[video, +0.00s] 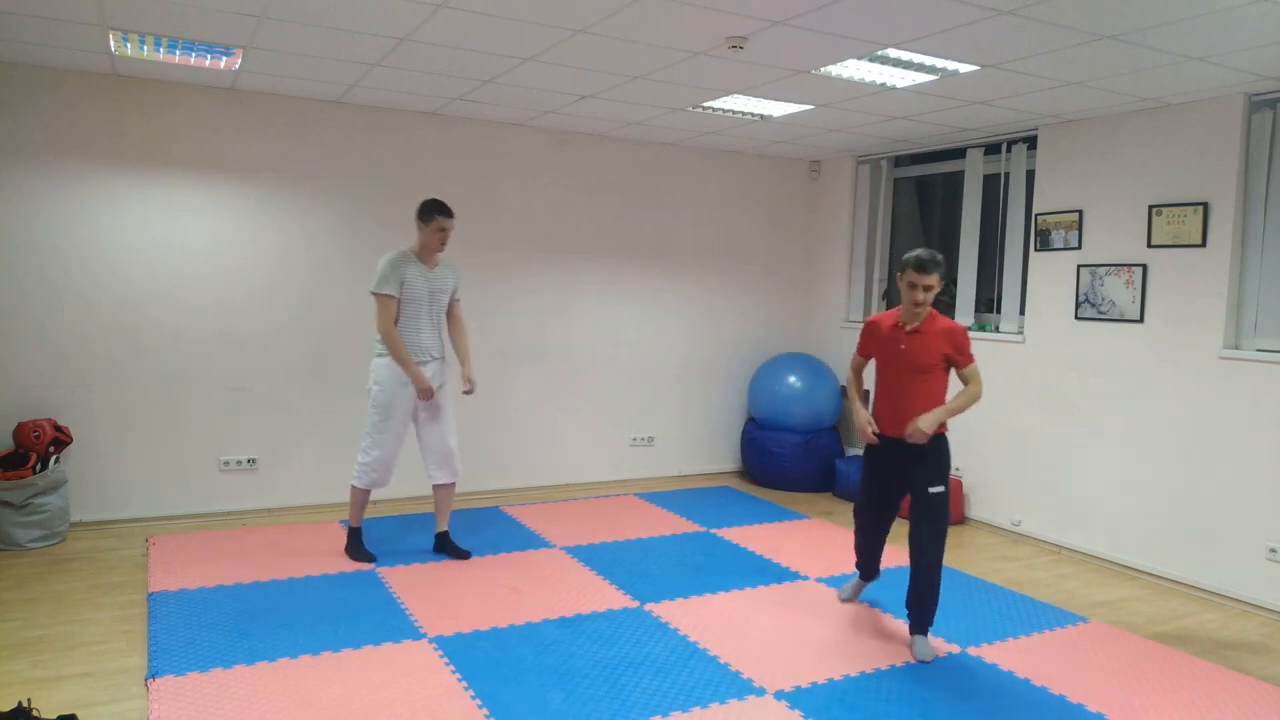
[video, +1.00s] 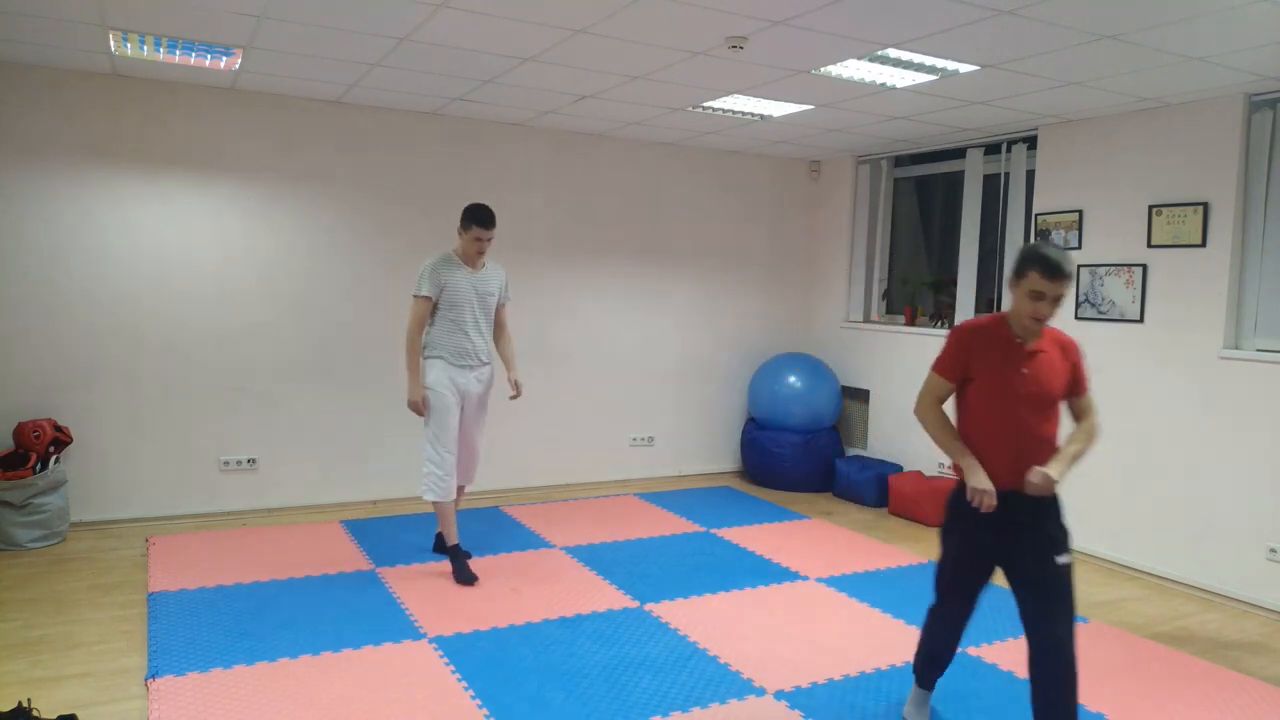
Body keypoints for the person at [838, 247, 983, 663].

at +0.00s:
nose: (920, 296)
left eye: (929, 289)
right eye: (913, 287)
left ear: (939, 289)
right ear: (899, 282)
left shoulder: (950, 334)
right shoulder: (876, 327)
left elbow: (974, 388)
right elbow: (854, 371)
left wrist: (936, 417)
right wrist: (859, 411)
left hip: (928, 449)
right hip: (883, 446)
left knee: (928, 540)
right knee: (868, 520)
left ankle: (920, 628)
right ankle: (867, 573)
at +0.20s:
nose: (939, 293)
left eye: (948, 284)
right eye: (932, 283)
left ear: (958, 283)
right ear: (916, 278)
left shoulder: (974, 329)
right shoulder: (893, 324)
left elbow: (997, 387)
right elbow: (866, 370)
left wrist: (959, 424)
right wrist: (874, 416)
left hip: (944, 455)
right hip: (895, 450)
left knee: (936, 550)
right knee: (881, 539)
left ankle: (921, 630)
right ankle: (882, 611)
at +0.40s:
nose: (951, 298)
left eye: (959, 288)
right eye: (942, 288)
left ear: (970, 287)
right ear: (926, 283)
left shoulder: (987, 334)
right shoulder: (903, 331)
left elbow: (1013, 395)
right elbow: (870, 383)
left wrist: (979, 436)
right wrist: (889, 429)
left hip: (958, 469)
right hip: (908, 464)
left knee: (942, 568)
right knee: (910, 566)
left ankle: (921, 632)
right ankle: (911, 672)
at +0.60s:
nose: (966, 300)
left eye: (975, 290)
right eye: (956, 290)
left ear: (984, 287)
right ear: (936, 285)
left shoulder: (998, 334)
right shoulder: (909, 337)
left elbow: (1019, 399)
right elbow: (876, 398)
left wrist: (999, 447)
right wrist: (911, 441)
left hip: (978, 482)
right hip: (924, 479)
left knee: (976, 588)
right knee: (923, 591)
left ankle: (929, 628)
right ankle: (919, 690)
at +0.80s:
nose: (997, 295)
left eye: (1005, 286)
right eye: (987, 284)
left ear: (1012, 284)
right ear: (964, 278)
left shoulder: (1020, 334)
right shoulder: (928, 331)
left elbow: (1034, 403)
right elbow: (901, 401)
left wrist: (1020, 454)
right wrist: (946, 453)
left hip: (1004, 492)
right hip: (942, 489)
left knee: (1019, 606)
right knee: (928, 598)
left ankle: (1012, 706)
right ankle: (921, 691)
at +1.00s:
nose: (1044, 309)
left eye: (1055, 300)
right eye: (1036, 296)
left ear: (1063, 299)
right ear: (1011, 288)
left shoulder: (1065, 350)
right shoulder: (971, 337)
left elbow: (1088, 425)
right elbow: (926, 406)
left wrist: (1055, 468)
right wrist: (970, 465)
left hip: (1036, 511)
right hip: (975, 506)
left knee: (1054, 638)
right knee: (950, 611)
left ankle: (1058, 717)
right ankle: (921, 693)